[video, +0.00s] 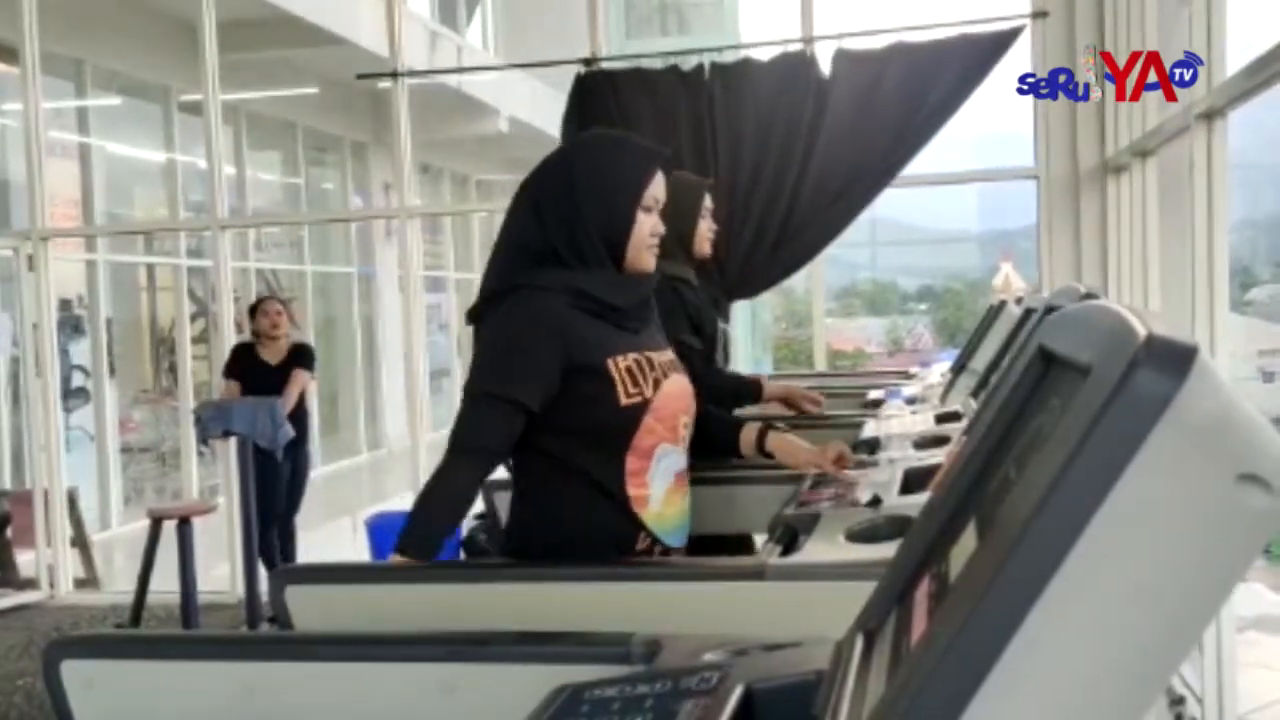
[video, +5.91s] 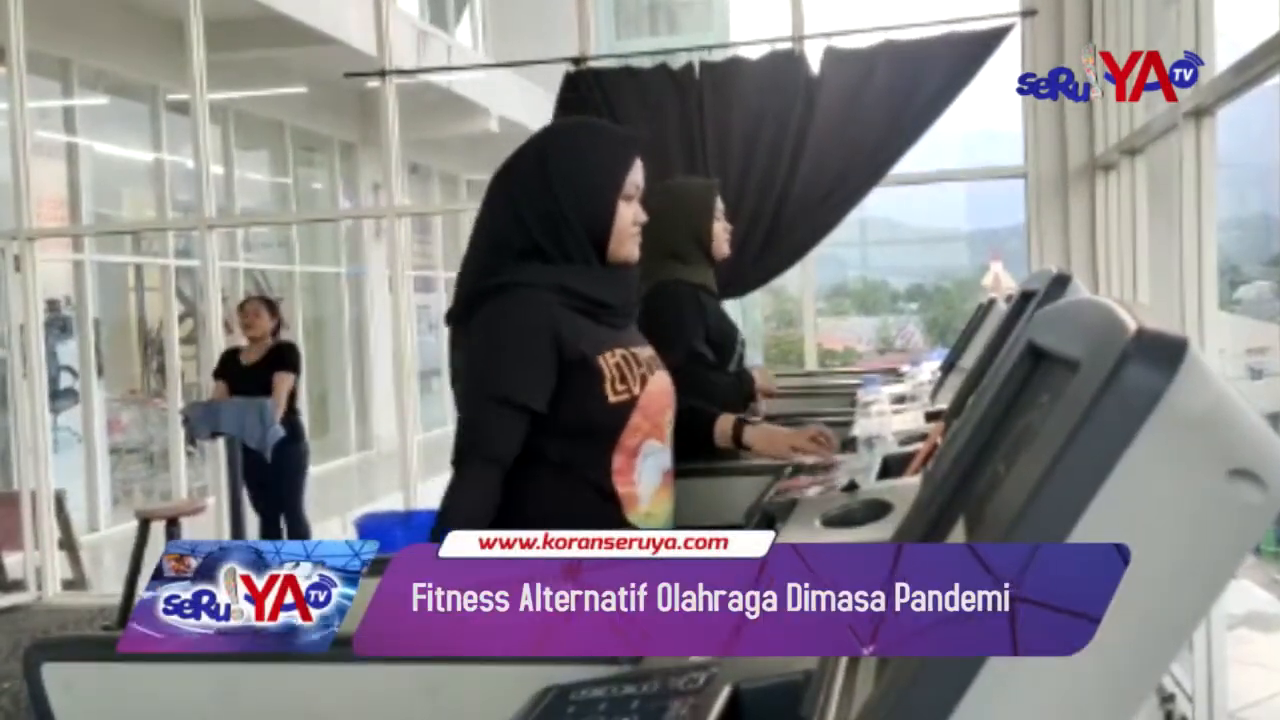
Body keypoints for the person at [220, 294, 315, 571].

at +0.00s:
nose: (274, 319)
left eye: (279, 313)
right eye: (266, 314)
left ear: (288, 319)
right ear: (254, 323)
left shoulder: (301, 351)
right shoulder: (242, 352)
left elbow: (294, 388)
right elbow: (231, 394)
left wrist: (275, 420)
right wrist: (237, 424)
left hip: (292, 437)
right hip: (254, 437)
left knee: (286, 511)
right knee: (263, 511)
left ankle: (288, 577)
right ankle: (275, 576)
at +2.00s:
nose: (265, 317)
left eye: (272, 311)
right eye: (258, 312)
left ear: (282, 317)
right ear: (249, 319)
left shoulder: (297, 351)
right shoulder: (237, 353)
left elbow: (290, 394)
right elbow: (227, 395)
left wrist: (271, 420)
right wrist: (241, 418)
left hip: (293, 433)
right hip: (255, 435)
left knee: (297, 501)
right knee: (268, 505)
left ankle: (305, 563)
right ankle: (274, 566)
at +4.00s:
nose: (244, 326)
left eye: (252, 322)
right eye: (245, 321)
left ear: (271, 330)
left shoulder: (276, 359)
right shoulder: (237, 366)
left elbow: (274, 409)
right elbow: (222, 404)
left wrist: (260, 439)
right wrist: (201, 425)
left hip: (283, 442)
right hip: (257, 445)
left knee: (282, 512)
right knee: (273, 512)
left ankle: (284, 574)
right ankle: (290, 572)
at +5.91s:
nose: (249, 319)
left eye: (256, 314)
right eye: (244, 314)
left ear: (273, 321)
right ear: (239, 321)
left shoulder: (285, 352)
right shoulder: (230, 357)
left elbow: (280, 394)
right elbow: (219, 399)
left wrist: (268, 426)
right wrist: (209, 421)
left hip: (285, 435)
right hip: (248, 438)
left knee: (291, 507)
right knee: (267, 512)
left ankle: (302, 565)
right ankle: (273, 569)